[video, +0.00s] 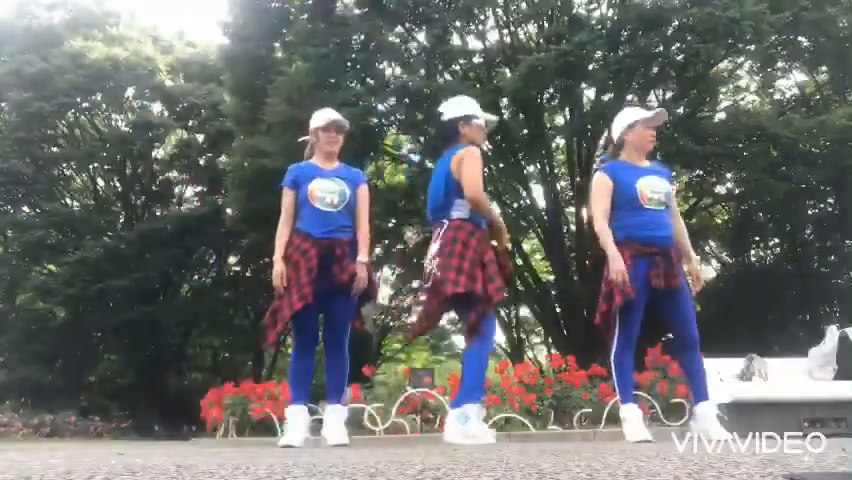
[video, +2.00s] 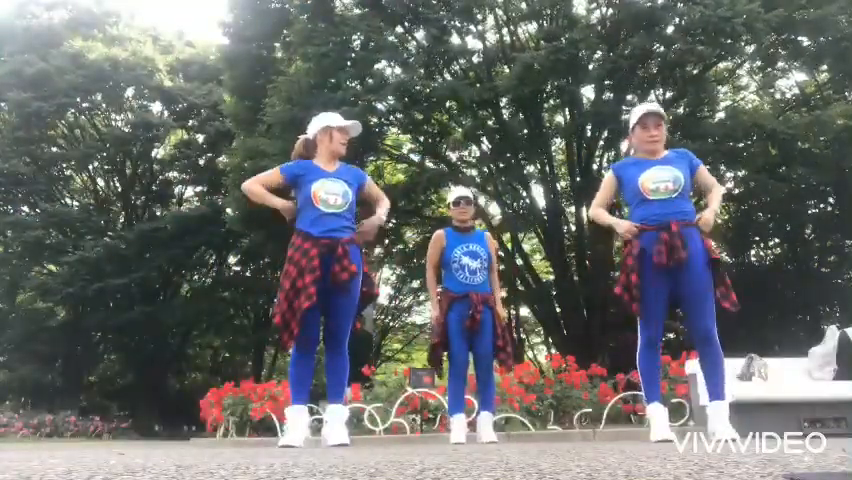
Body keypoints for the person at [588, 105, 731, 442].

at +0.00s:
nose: (654, 133)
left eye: (654, 128)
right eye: (648, 128)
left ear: (646, 135)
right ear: (627, 133)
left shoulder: (661, 172)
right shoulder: (607, 172)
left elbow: (675, 219)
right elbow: (600, 219)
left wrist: (691, 258)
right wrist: (613, 256)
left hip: (669, 257)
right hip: (632, 258)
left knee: (689, 336)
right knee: (626, 336)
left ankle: (703, 412)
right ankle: (629, 411)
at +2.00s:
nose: (652, 131)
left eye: (657, 125)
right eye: (645, 126)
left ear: (666, 130)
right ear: (632, 133)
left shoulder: (683, 157)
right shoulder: (620, 168)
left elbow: (713, 187)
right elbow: (595, 210)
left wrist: (711, 210)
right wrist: (615, 222)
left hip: (689, 240)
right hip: (648, 244)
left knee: (706, 331)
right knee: (651, 334)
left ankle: (719, 414)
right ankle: (656, 413)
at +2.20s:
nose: (653, 130)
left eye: (658, 125)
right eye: (645, 126)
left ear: (667, 130)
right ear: (634, 134)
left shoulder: (686, 159)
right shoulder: (623, 169)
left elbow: (718, 192)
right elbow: (600, 212)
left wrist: (715, 218)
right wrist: (621, 228)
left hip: (691, 245)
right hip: (649, 249)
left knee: (707, 331)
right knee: (650, 335)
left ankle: (718, 414)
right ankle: (656, 414)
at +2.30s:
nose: (654, 128)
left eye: (659, 123)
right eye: (647, 125)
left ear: (670, 128)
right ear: (636, 134)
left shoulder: (690, 158)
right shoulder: (625, 168)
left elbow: (716, 196)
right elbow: (605, 212)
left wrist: (711, 218)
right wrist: (625, 230)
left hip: (693, 248)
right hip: (652, 251)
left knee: (708, 330)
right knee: (652, 335)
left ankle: (719, 414)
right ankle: (656, 414)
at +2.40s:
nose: (655, 127)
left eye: (660, 121)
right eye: (648, 124)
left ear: (672, 126)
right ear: (639, 133)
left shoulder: (693, 156)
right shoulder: (628, 167)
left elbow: (716, 196)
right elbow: (610, 211)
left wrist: (713, 220)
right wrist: (627, 230)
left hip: (696, 247)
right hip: (654, 250)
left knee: (710, 332)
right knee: (654, 334)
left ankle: (719, 414)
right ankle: (656, 414)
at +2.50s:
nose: (656, 127)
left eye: (661, 121)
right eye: (649, 123)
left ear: (673, 126)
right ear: (640, 133)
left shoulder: (695, 156)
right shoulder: (630, 167)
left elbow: (718, 196)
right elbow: (612, 211)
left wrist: (714, 219)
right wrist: (628, 229)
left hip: (697, 245)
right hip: (655, 249)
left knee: (711, 331)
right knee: (656, 334)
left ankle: (719, 414)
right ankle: (657, 414)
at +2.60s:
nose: (657, 126)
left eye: (663, 120)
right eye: (650, 123)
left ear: (676, 124)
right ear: (643, 132)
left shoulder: (699, 157)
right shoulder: (632, 168)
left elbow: (720, 197)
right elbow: (620, 214)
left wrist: (719, 221)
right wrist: (631, 237)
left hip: (698, 243)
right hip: (655, 247)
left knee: (713, 331)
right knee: (657, 333)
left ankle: (719, 414)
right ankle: (658, 414)